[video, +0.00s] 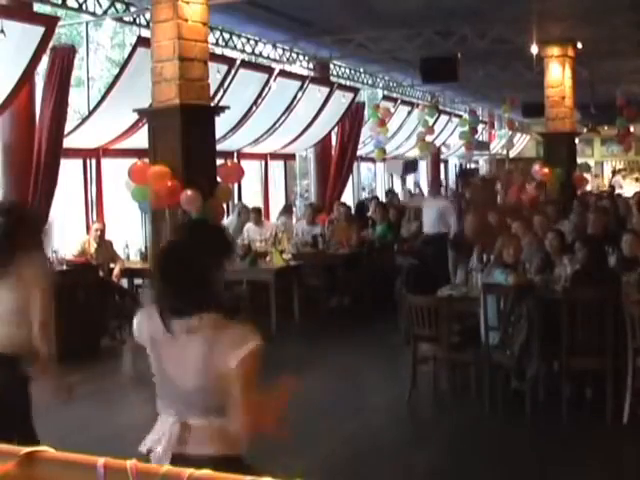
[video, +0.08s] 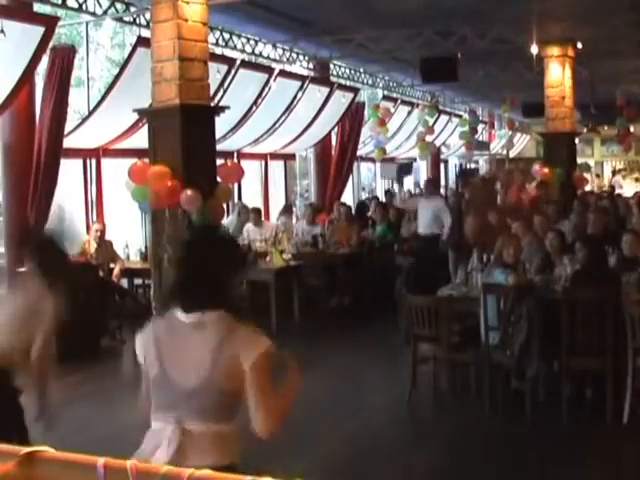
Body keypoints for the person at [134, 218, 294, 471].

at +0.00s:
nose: (228, 273)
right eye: (225, 266)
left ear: (166, 274)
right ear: (217, 275)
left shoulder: (148, 326)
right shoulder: (239, 340)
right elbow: (244, 425)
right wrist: (279, 398)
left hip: (162, 457)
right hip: (219, 460)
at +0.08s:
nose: (241, 281)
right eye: (238, 273)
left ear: (183, 270)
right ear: (231, 278)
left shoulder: (148, 336)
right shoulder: (248, 342)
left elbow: (146, 409)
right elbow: (264, 426)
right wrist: (292, 383)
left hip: (155, 462)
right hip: (215, 464)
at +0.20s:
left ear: (191, 312)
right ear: (239, 313)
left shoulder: (160, 358)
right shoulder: (255, 364)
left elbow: (127, 435)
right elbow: (258, 437)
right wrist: (275, 440)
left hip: (154, 463)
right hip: (213, 466)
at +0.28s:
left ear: (202, 343)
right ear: (251, 340)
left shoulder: (176, 378)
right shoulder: (255, 382)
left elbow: (107, 412)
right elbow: (265, 458)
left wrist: (104, 471)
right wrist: (279, 476)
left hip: (154, 472)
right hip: (209, 474)